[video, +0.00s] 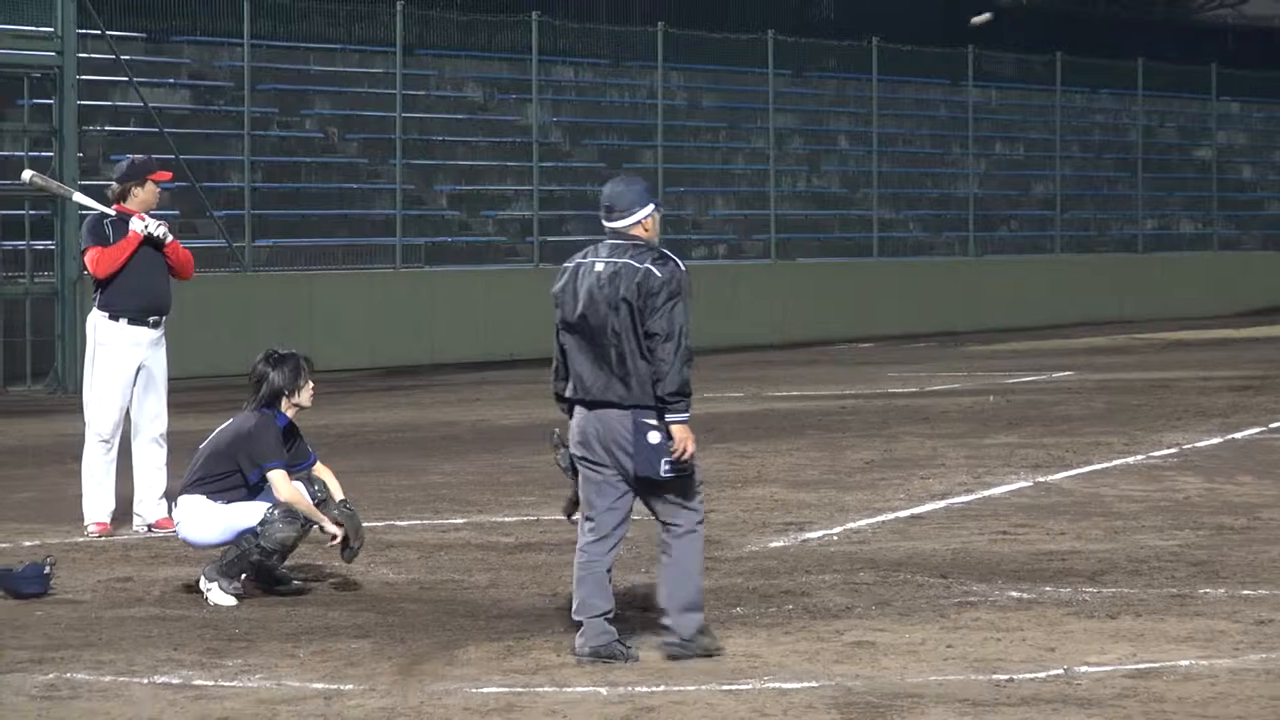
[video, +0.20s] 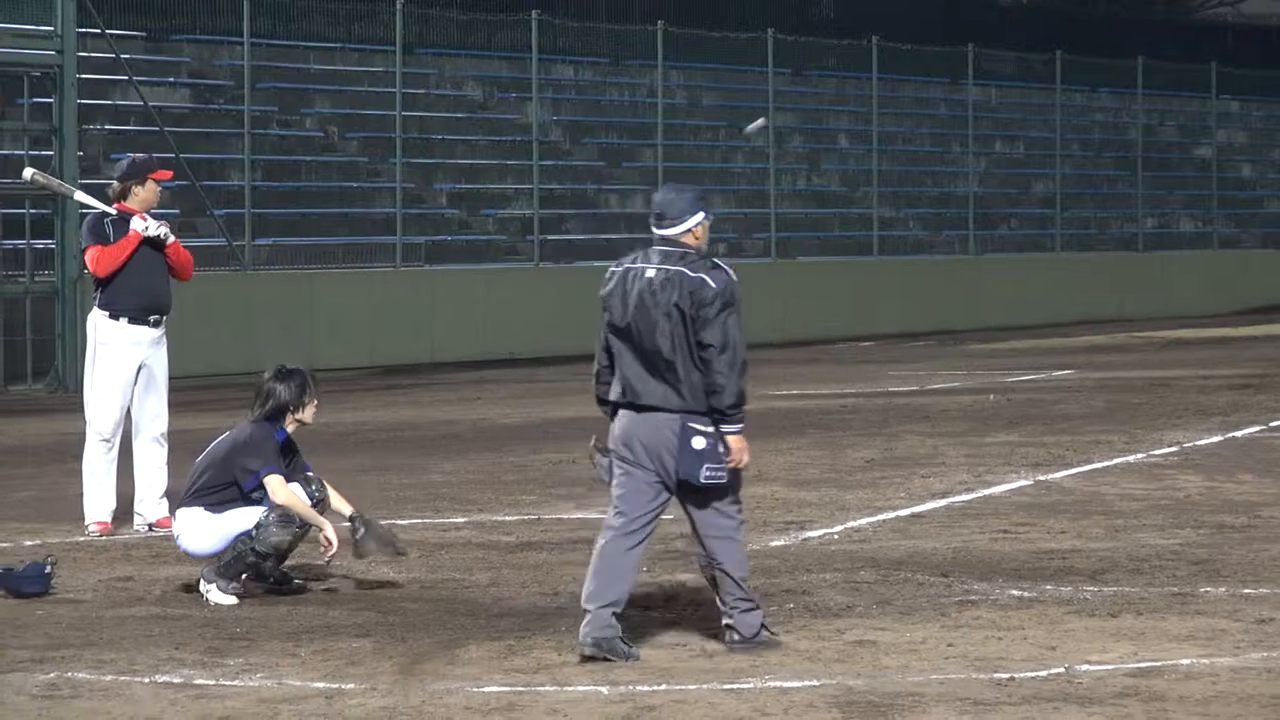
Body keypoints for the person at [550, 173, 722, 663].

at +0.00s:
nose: (658, 222)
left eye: (654, 215)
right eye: (654, 216)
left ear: (610, 220)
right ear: (643, 221)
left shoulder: (573, 269)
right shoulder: (660, 270)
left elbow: (564, 353)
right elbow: (668, 352)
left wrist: (569, 413)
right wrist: (678, 417)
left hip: (589, 417)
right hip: (644, 418)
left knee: (598, 527)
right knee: (681, 518)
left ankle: (593, 634)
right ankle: (685, 630)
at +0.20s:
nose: (707, 230)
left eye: (703, 223)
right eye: (703, 224)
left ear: (658, 227)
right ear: (692, 229)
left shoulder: (621, 273)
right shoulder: (709, 279)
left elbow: (608, 354)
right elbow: (722, 359)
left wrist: (612, 412)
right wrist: (733, 427)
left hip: (633, 419)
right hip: (693, 422)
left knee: (624, 525)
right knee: (721, 527)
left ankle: (598, 628)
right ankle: (744, 627)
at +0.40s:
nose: (750, 224)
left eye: (747, 217)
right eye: (748, 218)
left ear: (702, 220)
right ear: (738, 223)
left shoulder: (664, 265)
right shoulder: (759, 272)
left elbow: (648, 340)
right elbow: (783, 349)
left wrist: (650, 400)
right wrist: (798, 415)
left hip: (679, 411)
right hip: (738, 414)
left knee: (693, 508)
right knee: (751, 518)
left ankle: (652, 577)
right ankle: (746, 624)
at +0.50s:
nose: (769, 218)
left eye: (765, 211)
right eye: (766, 212)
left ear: (720, 214)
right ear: (758, 217)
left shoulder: (681, 260)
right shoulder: (780, 268)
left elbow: (665, 337)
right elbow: (804, 343)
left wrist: (669, 396)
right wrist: (824, 404)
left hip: (695, 406)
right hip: (750, 410)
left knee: (717, 503)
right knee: (757, 517)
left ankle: (694, 589)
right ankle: (746, 625)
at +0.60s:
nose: (783, 219)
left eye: (779, 212)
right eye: (780, 213)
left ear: (734, 215)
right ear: (770, 218)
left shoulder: (696, 260)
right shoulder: (793, 266)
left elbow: (679, 335)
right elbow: (821, 338)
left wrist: (683, 394)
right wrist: (841, 396)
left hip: (709, 403)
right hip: (763, 406)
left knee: (742, 508)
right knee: (760, 515)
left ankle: (742, 606)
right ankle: (746, 623)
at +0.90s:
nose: (822, 220)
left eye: (819, 213)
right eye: (820, 214)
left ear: (775, 216)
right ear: (811, 218)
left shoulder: (739, 264)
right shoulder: (834, 264)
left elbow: (727, 341)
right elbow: (856, 340)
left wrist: (729, 400)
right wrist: (866, 404)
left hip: (756, 404)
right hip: (809, 404)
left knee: (792, 506)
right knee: (804, 506)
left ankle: (812, 606)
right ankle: (759, 606)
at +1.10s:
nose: (845, 216)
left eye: (841, 209)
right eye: (843, 210)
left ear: (798, 212)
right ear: (835, 214)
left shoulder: (763, 260)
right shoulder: (858, 260)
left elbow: (752, 338)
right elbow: (879, 337)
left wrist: (755, 396)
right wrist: (888, 401)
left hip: (783, 401)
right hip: (841, 402)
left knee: (803, 508)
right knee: (862, 492)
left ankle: (804, 605)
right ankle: (820, 583)